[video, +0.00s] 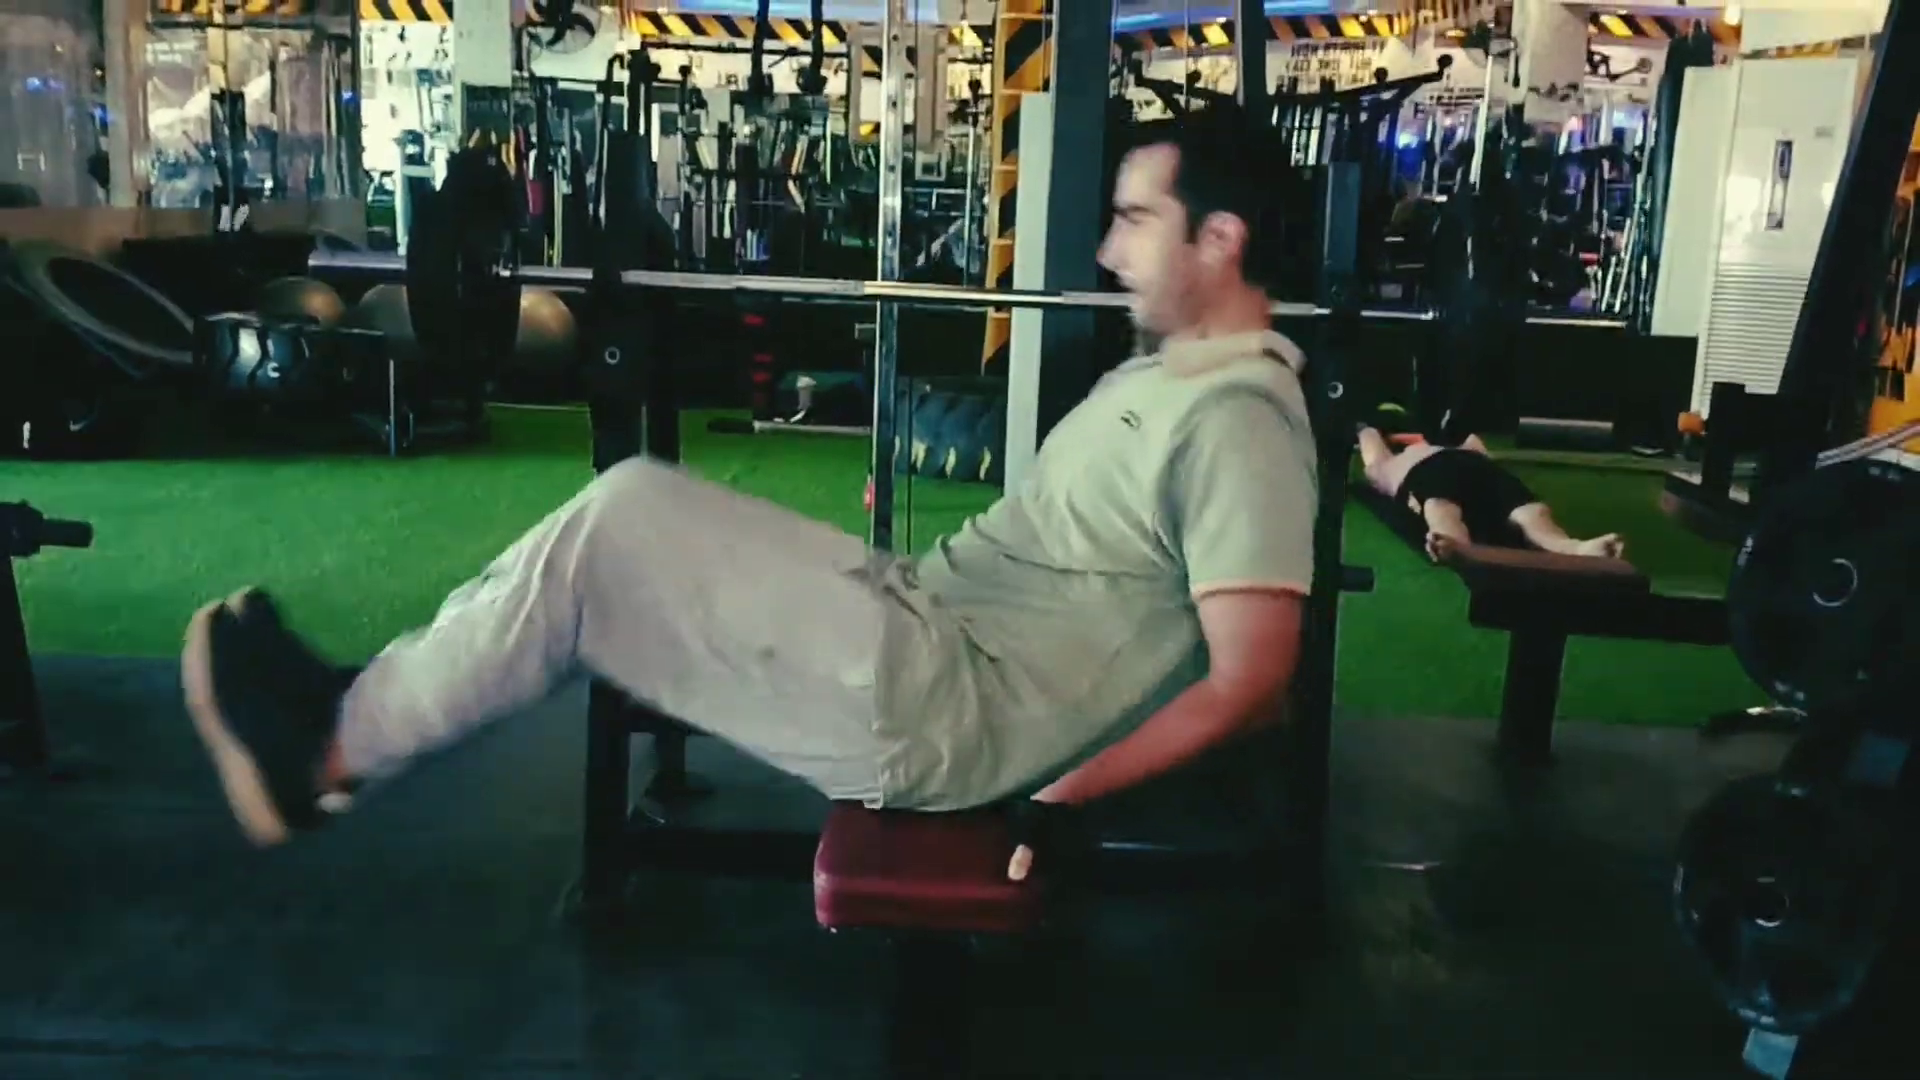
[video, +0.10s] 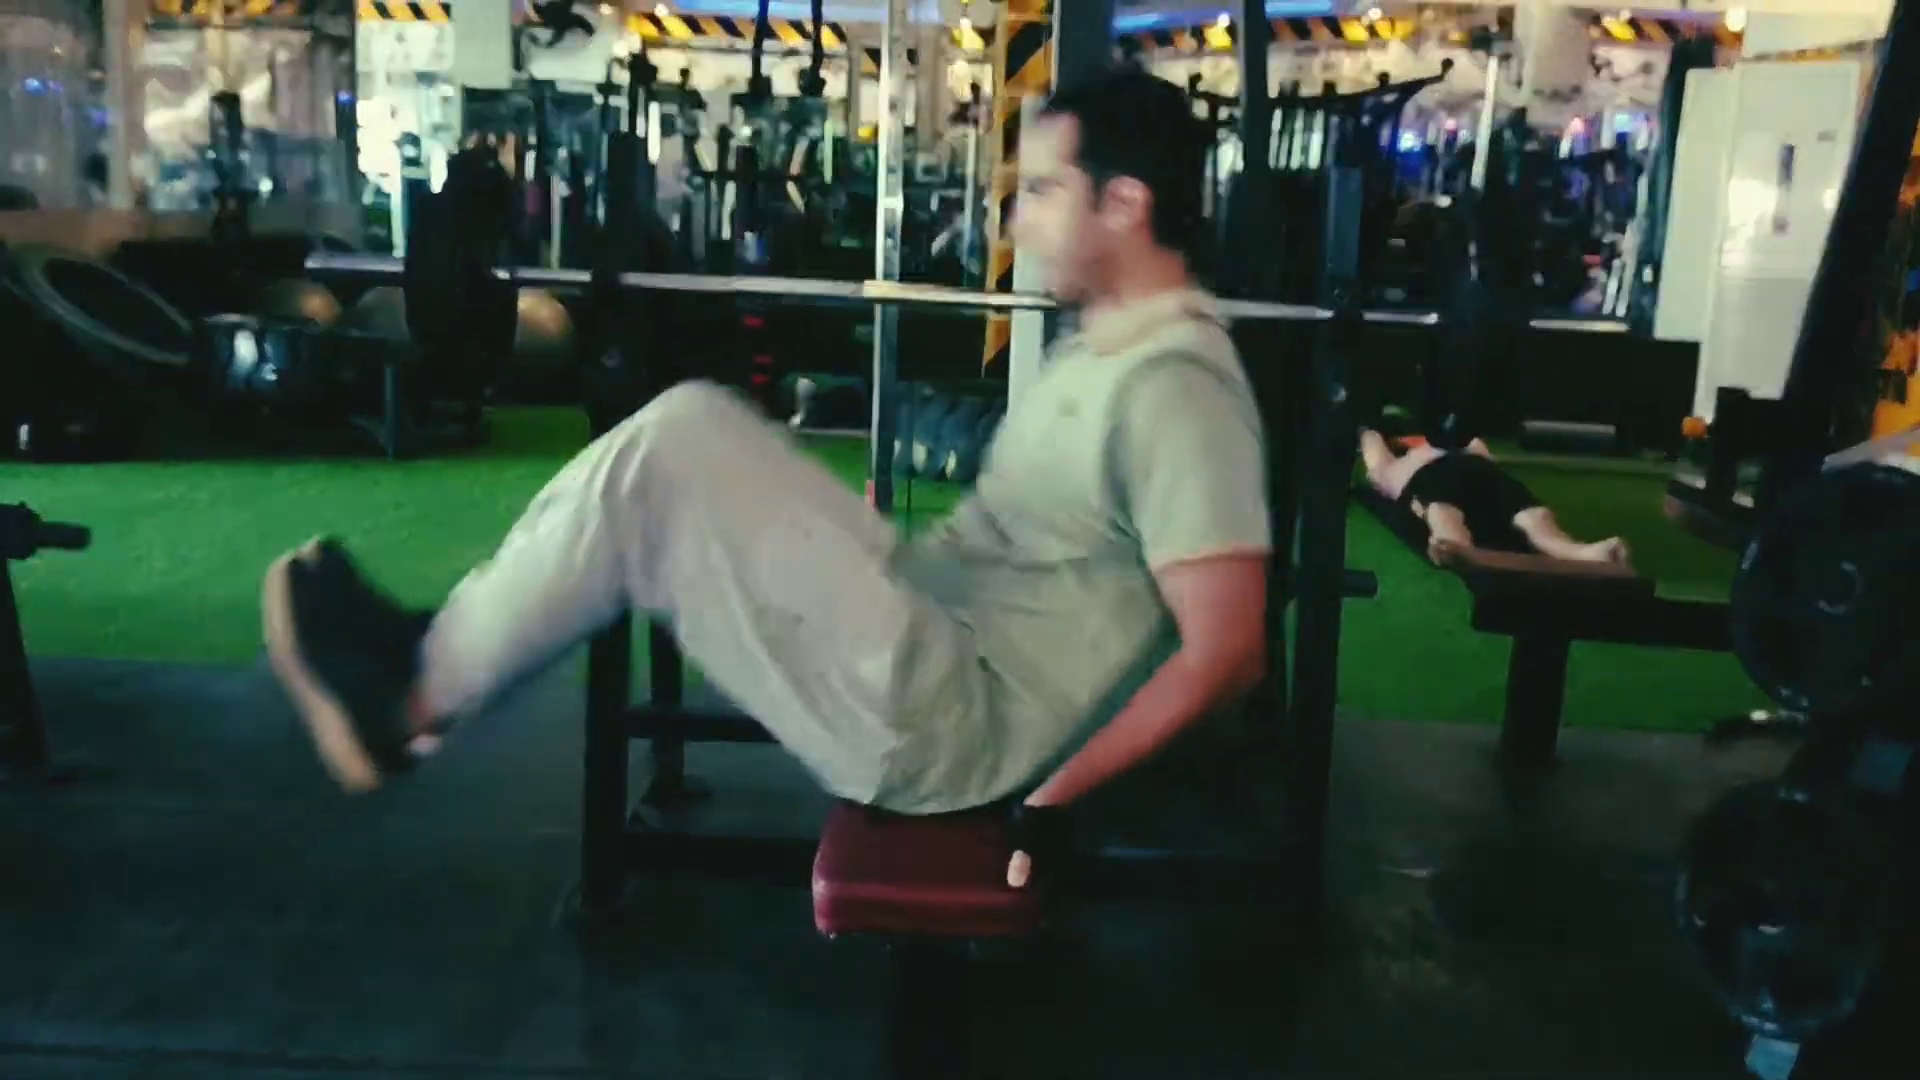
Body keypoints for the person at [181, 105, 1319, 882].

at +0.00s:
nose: (1112, 247)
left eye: (1137, 220)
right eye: (1117, 221)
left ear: (1226, 241)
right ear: (1206, 244)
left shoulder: (1242, 412)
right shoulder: (1174, 377)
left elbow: (1253, 675)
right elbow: (1095, 569)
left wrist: (1057, 795)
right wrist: (920, 576)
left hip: (963, 706)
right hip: (933, 648)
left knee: (627, 520)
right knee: (616, 525)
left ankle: (326, 751)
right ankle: (331, 744)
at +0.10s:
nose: (1014, 221)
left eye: (1037, 192)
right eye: (1016, 192)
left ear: (1128, 207)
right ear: (1111, 207)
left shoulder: (1177, 381)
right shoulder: (1095, 342)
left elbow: (1225, 650)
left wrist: (1044, 809)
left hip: (960, 723)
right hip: (928, 653)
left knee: (685, 439)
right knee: (685, 436)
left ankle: (412, 703)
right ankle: (423, 678)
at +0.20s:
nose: (918, 214)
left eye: (937, 181)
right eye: (920, 183)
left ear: (1019, 192)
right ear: (1012, 196)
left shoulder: (1090, 358)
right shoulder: (1032, 338)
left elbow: (1194, 621)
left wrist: (1036, 802)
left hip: (944, 731)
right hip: (920, 693)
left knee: (759, 381)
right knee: (755, 375)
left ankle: (493, 641)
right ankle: (501, 610)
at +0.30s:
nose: (879, 218)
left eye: (894, 186)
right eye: (881, 187)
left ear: (974, 194)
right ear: (977, 198)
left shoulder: (1045, 362)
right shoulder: (1003, 342)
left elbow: (1181, 612)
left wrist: (1034, 800)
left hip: (931, 741)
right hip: (919, 712)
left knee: (781, 373)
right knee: (785, 365)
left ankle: (499, 629)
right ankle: (519, 591)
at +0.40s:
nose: (920, 227)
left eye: (938, 195)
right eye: (921, 197)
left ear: (1024, 205)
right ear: (1016, 210)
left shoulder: (1080, 364)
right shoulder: (1037, 344)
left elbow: (1201, 624)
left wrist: (1035, 800)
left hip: (933, 729)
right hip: (916, 681)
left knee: (720, 396)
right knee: (722, 388)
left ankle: (442, 660)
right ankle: (453, 629)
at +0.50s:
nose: (1014, 243)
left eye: (1034, 215)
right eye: (1015, 215)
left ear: (1120, 228)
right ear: (1102, 227)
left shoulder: (1158, 394)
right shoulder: (1101, 363)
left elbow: (1239, 661)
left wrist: (1043, 793)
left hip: (933, 723)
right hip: (912, 653)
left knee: (626, 469)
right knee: (651, 442)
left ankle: (342, 725)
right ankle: (366, 688)